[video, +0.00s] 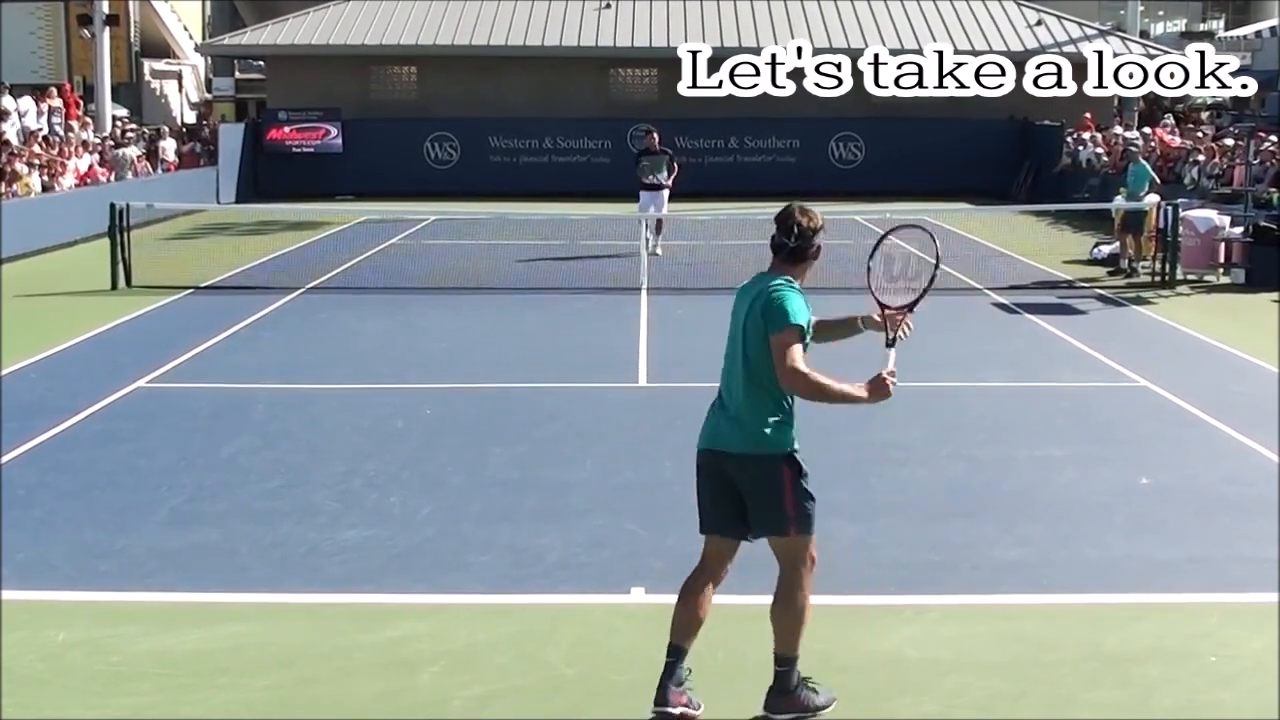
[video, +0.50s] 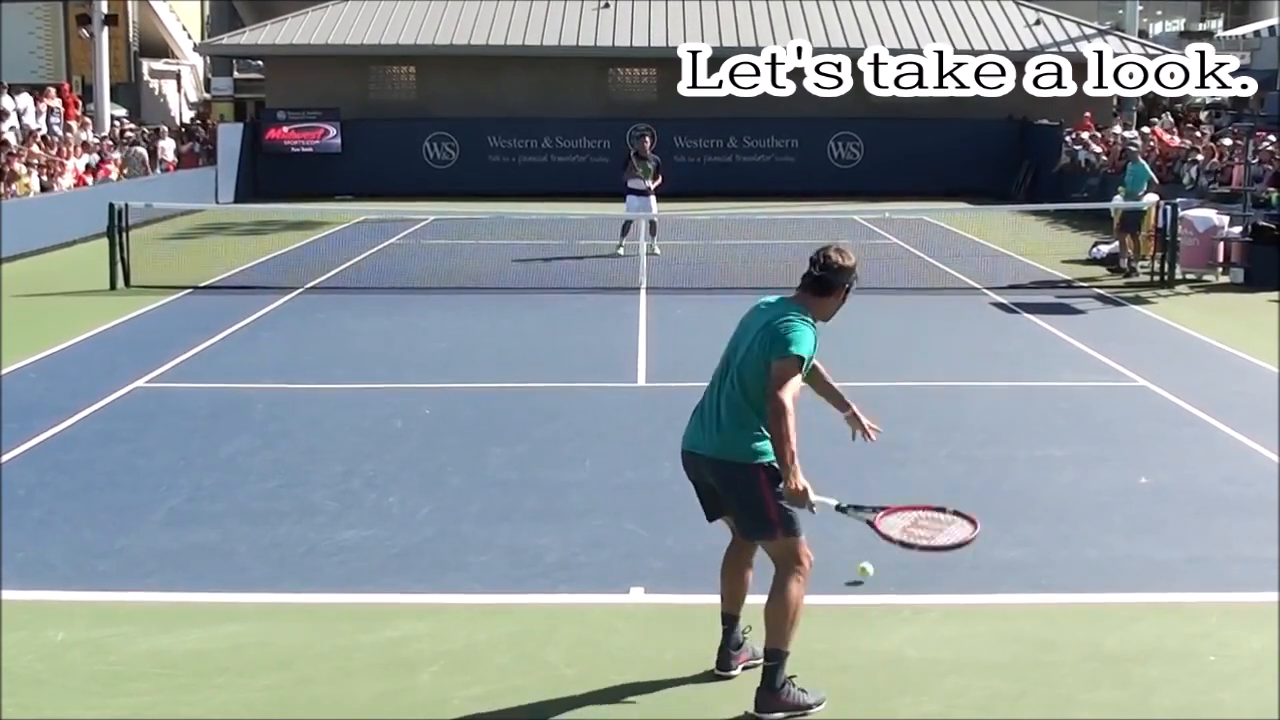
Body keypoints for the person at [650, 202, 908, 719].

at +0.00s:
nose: (821, 254)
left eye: (819, 247)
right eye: (820, 248)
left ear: (773, 246)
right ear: (814, 252)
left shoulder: (751, 290)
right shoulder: (787, 299)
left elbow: (807, 331)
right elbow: (791, 374)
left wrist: (867, 322)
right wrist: (862, 393)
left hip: (717, 449)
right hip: (765, 454)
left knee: (713, 562)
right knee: (798, 562)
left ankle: (671, 684)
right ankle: (786, 686)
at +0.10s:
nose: (825, 259)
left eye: (821, 253)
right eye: (826, 253)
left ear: (780, 251)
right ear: (822, 258)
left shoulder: (765, 292)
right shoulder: (786, 299)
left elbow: (843, 307)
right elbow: (783, 363)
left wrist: (906, 294)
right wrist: (865, 364)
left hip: (724, 449)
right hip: (765, 452)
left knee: (735, 558)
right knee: (793, 564)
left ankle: (671, 658)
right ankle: (776, 689)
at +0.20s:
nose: (833, 265)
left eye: (830, 258)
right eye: (833, 259)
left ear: (791, 253)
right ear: (827, 263)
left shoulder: (778, 292)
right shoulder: (788, 298)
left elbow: (854, 308)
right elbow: (771, 352)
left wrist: (927, 297)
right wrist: (851, 353)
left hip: (722, 443)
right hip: (759, 449)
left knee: (747, 543)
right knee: (790, 563)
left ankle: (680, 640)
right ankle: (776, 688)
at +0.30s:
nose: (840, 272)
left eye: (838, 264)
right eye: (841, 265)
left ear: (798, 258)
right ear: (835, 268)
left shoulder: (797, 298)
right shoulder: (790, 297)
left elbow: (860, 322)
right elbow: (763, 344)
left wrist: (934, 327)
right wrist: (824, 365)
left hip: (717, 438)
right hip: (750, 443)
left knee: (744, 538)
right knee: (780, 560)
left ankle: (708, 645)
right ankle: (774, 686)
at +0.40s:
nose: (843, 290)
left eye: (844, 282)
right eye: (846, 283)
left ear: (805, 268)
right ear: (839, 282)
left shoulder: (792, 309)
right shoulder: (793, 310)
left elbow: (847, 349)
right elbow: (762, 358)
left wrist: (914, 376)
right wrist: (805, 407)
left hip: (709, 441)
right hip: (741, 446)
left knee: (745, 538)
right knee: (787, 560)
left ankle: (732, 646)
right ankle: (775, 687)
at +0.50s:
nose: (843, 305)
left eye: (845, 297)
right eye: (846, 297)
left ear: (805, 280)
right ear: (837, 294)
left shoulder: (767, 308)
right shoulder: (798, 330)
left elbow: (809, 368)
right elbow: (780, 398)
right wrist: (792, 471)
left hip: (701, 449)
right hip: (742, 456)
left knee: (744, 538)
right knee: (795, 562)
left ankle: (731, 647)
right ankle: (774, 687)